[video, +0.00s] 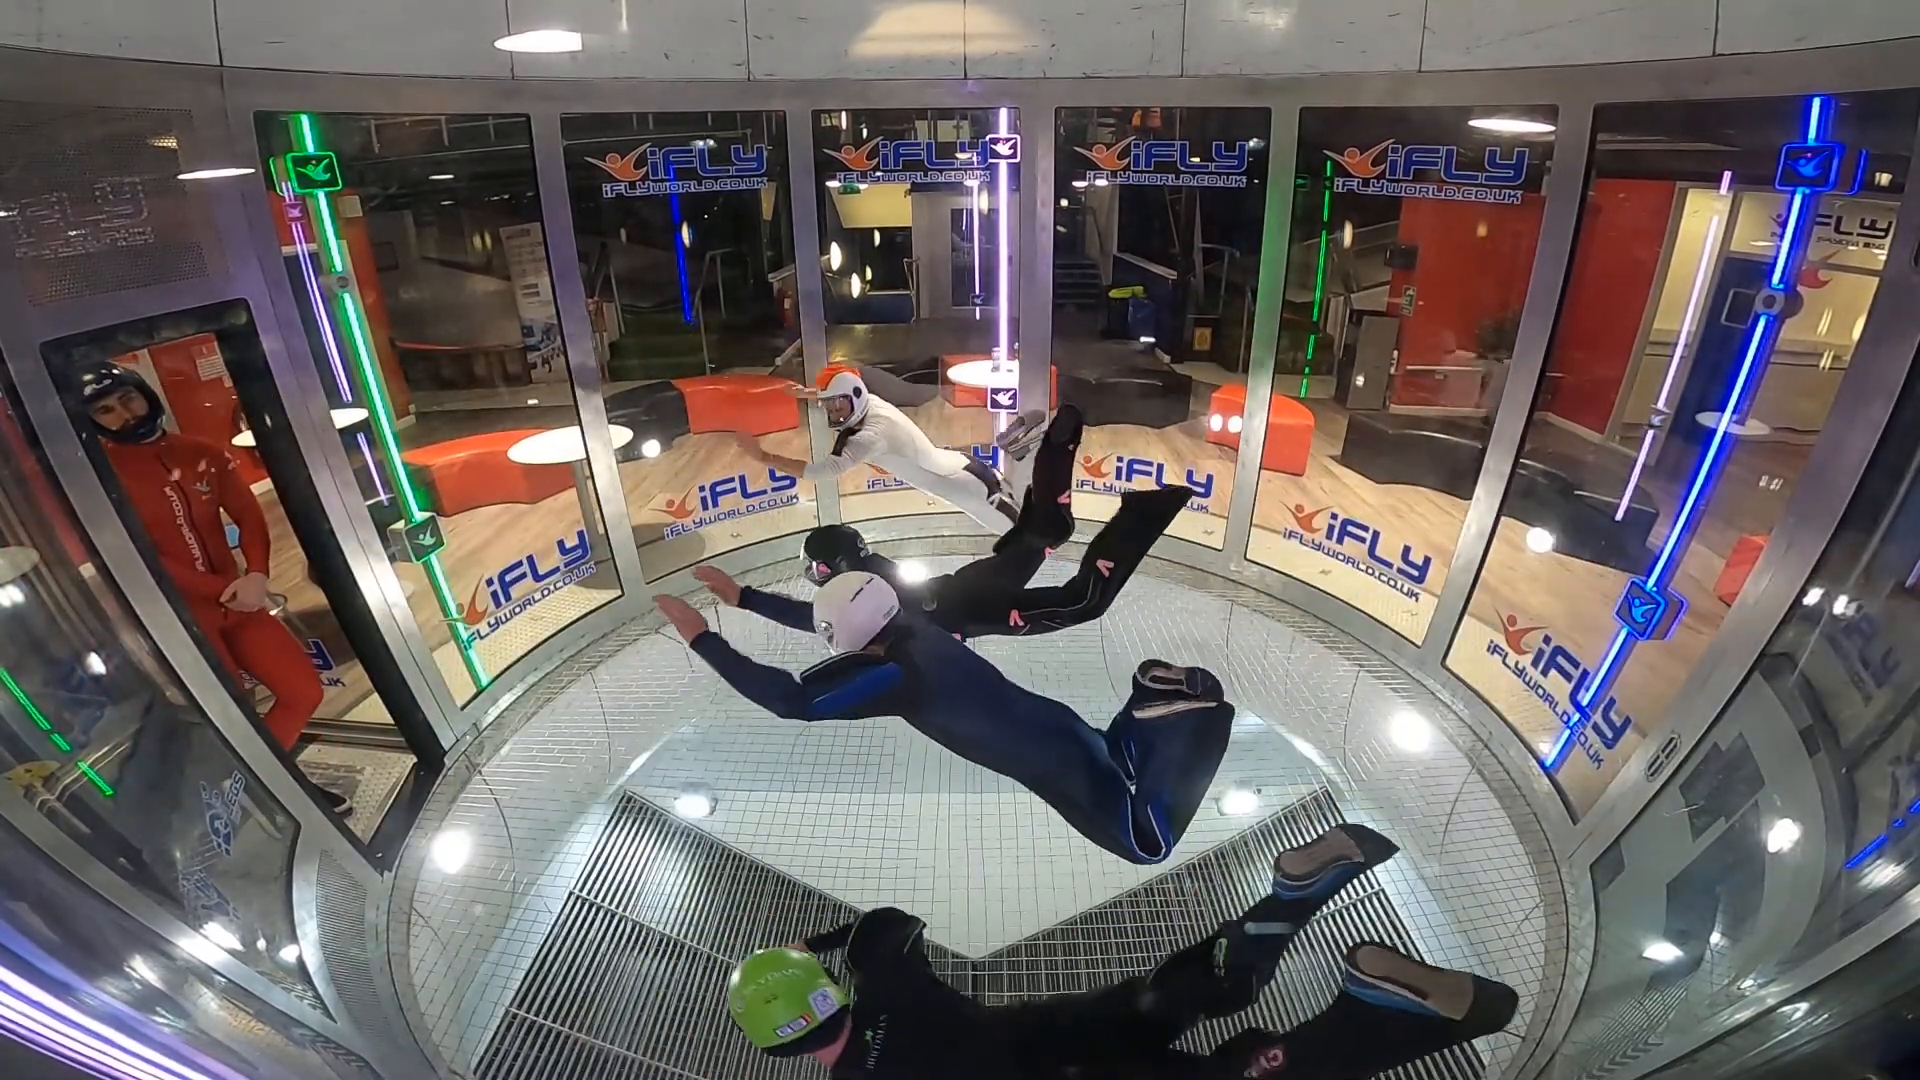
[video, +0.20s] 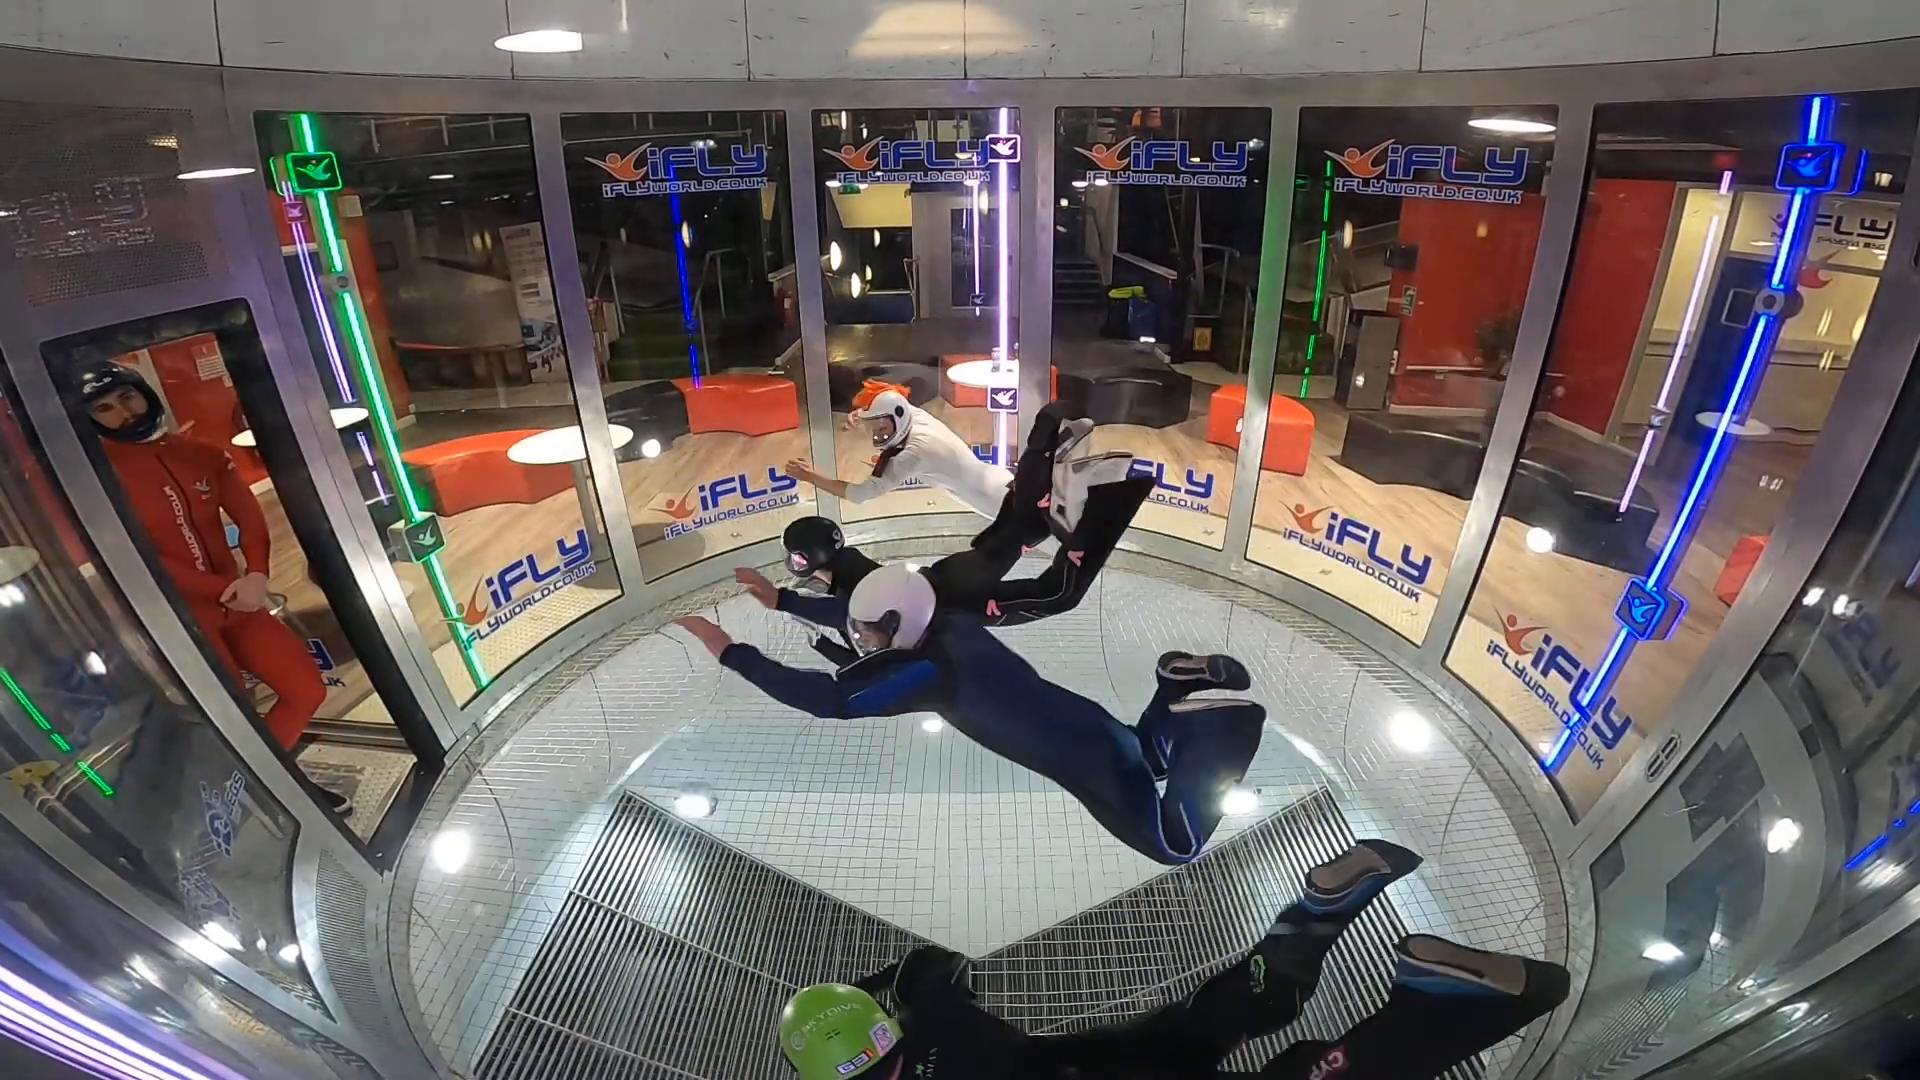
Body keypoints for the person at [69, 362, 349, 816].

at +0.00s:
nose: (126, 415)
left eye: (127, 398)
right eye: (106, 412)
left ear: (145, 394)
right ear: (91, 425)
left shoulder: (201, 454)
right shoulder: (100, 480)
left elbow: (250, 516)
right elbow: (137, 566)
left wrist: (256, 574)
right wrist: (224, 590)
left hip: (237, 603)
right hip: (184, 621)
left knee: (304, 691)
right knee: (237, 716)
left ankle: (245, 782)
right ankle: (294, 791)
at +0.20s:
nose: (125, 412)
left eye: (127, 395)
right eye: (105, 409)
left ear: (144, 393)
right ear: (89, 422)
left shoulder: (201, 456)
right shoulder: (99, 476)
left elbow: (250, 518)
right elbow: (136, 566)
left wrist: (256, 574)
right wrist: (225, 590)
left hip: (236, 604)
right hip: (184, 622)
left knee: (306, 690)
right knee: (238, 716)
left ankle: (244, 781)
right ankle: (294, 790)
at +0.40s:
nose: (117, 414)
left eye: (121, 398)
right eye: (100, 410)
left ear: (143, 397)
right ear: (87, 423)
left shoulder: (198, 454)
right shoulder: (97, 477)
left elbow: (250, 515)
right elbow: (135, 567)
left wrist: (256, 576)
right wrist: (224, 589)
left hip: (237, 604)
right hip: (184, 621)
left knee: (306, 690)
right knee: (238, 715)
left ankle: (240, 786)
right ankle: (293, 793)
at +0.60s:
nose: (113, 417)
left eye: (120, 401)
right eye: (97, 409)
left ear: (144, 399)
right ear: (85, 419)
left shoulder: (197, 455)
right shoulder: (96, 477)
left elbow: (251, 512)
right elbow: (129, 571)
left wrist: (253, 564)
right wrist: (214, 586)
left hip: (237, 603)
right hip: (184, 620)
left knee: (306, 690)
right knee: (237, 711)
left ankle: (244, 782)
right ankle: (291, 792)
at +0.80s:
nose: (116, 423)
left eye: (127, 407)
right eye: (101, 411)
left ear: (151, 405)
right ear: (86, 417)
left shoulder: (194, 454)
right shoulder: (90, 476)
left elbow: (254, 509)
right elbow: (93, 558)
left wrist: (238, 517)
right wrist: (161, 548)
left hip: (233, 606)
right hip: (182, 628)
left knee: (305, 689)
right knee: (237, 711)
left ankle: (247, 780)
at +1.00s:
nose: (118, 423)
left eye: (131, 409)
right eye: (104, 411)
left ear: (157, 410)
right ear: (90, 415)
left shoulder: (188, 452)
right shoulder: (92, 473)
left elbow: (242, 497)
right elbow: (96, 557)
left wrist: (191, 484)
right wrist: (150, 517)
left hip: (231, 606)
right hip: (182, 628)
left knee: (304, 688)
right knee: (240, 716)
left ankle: (243, 782)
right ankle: (293, 791)